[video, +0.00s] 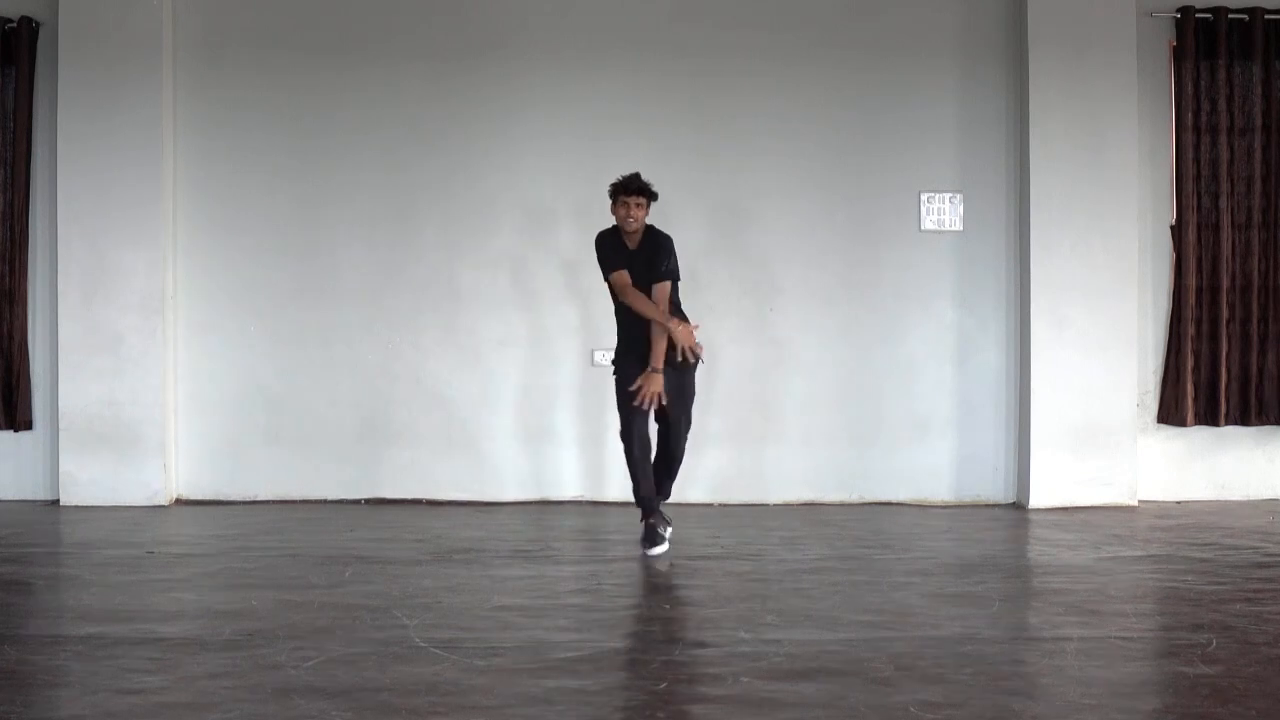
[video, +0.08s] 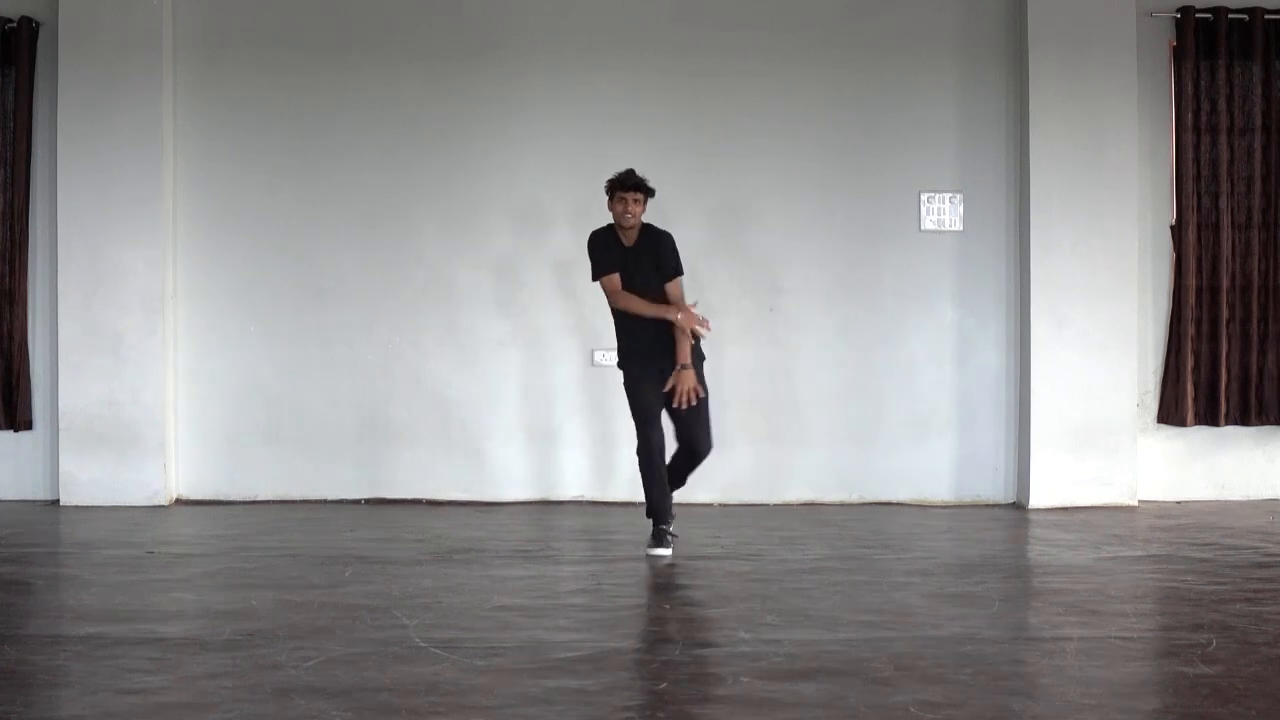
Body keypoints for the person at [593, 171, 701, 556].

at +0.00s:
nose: (631, 212)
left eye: (638, 206)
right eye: (624, 205)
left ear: (648, 209)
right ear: (613, 208)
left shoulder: (662, 244)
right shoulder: (606, 241)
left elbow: (662, 306)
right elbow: (626, 292)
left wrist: (656, 369)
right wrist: (674, 324)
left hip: (674, 346)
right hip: (632, 346)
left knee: (675, 437)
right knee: (633, 435)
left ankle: (653, 505)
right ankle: (652, 519)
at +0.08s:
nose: (629, 208)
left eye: (636, 202)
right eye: (621, 201)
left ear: (645, 206)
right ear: (609, 204)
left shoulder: (661, 241)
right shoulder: (600, 242)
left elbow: (678, 306)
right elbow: (616, 297)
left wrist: (686, 366)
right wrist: (674, 312)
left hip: (678, 353)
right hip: (637, 357)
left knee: (697, 445)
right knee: (650, 444)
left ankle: (658, 492)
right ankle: (661, 524)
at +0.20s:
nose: (636, 195)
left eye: (643, 189)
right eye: (629, 189)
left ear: (652, 194)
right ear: (617, 192)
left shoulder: (669, 230)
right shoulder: (602, 231)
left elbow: (708, 280)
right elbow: (584, 287)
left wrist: (715, 335)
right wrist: (635, 298)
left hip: (680, 341)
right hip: (637, 354)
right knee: (652, 439)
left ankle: (692, 448)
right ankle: (661, 526)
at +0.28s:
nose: (641, 190)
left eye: (648, 183)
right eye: (633, 183)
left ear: (659, 187)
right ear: (622, 187)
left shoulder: (676, 224)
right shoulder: (608, 228)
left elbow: (718, 267)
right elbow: (573, 274)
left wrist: (712, 312)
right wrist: (610, 293)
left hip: (676, 332)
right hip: (634, 344)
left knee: (723, 345)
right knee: (648, 436)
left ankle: (706, 430)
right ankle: (661, 525)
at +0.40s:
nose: (641, 195)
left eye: (648, 188)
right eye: (633, 188)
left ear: (660, 192)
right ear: (624, 193)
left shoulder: (682, 225)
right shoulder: (612, 239)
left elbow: (717, 276)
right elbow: (580, 291)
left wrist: (690, 316)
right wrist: (621, 298)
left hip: (677, 332)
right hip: (633, 341)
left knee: (674, 355)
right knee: (644, 437)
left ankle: (674, 442)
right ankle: (661, 524)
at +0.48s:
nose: (641, 205)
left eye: (649, 199)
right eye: (634, 198)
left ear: (660, 203)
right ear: (624, 202)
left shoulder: (679, 237)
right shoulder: (615, 251)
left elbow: (698, 296)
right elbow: (598, 312)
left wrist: (675, 349)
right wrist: (639, 307)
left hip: (677, 341)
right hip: (634, 344)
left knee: (646, 396)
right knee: (634, 432)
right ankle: (661, 523)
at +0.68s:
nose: (648, 253)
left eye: (655, 246)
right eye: (641, 244)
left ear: (663, 245)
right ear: (628, 242)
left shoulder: (678, 280)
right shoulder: (616, 285)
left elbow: (689, 345)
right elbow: (617, 343)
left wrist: (674, 402)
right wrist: (622, 367)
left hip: (679, 386)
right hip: (638, 386)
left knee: (643, 449)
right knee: (618, 463)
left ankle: (618, 528)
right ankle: (666, 522)